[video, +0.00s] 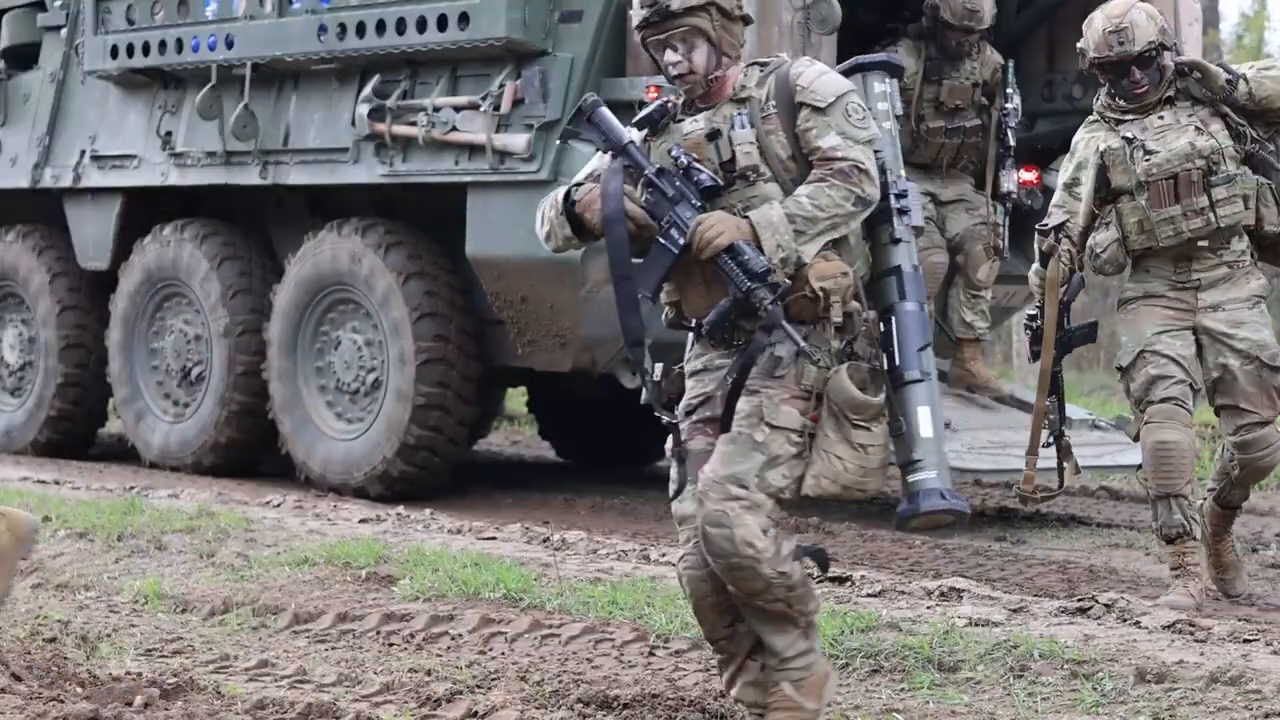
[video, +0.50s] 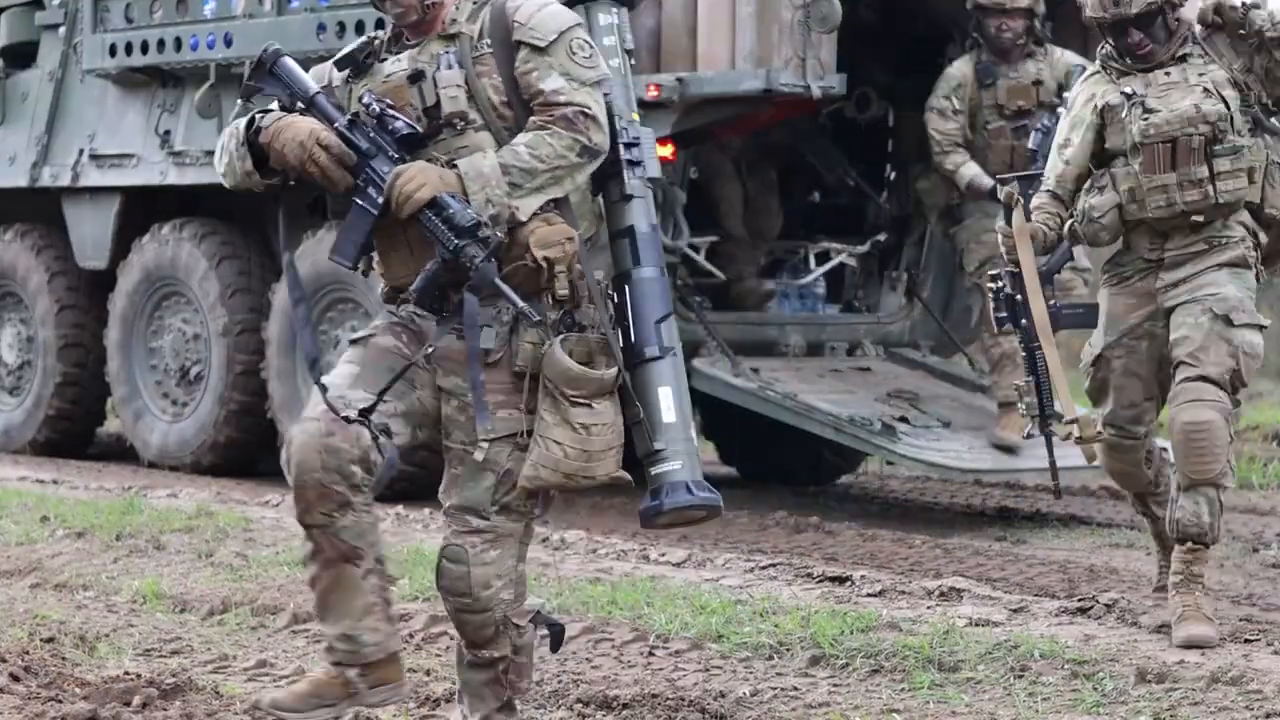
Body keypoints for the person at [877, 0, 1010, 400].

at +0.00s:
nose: (963, 42)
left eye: (972, 34)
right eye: (955, 31)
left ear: (983, 29)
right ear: (933, 20)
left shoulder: (990, 62)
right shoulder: (904, 58)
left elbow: (999, 124)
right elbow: (882, 119)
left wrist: (997, 185)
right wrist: (888, 178)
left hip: (962, 182)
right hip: (909, 178)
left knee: (981, 252)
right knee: (930, 260)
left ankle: (968, 361)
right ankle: (908, 358)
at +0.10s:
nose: (980, 33)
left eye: (989, 25)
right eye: (972, 23)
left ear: (1000, 24)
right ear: (951, 17)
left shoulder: (1011, 64)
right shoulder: (915, 59)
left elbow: (1033, 109)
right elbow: (872, 116)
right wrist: (876, 174)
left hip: (974, 178)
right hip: (916, 174)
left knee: (989, 271)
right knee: (940, 267)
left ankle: (990, 378)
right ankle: (914, 363)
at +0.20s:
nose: (995, 31)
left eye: (1004, 23)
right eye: (986, 20)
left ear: (1015, 23)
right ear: (962, 17)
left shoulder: (1025, 62)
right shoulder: (929, 63)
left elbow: (1058, 94)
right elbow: (891, 127)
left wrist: (1050, 119)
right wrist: (914, 182)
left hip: (999, 185)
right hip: (941, 181)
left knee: (1008, 279)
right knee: (963, 258)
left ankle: (994, 382)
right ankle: (942, 348)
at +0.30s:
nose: (995, 22)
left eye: (1005, 14)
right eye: (986, 13)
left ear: (1019, 18)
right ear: (968, 15)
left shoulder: (1038, 60)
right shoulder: (943, 63)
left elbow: (1081, 101)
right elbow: (912, 130)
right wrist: (945, 181)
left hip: (1011, 188)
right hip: (955, 185)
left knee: (1010, 281)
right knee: (976, 262)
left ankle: (996, 381)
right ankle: (984, 378)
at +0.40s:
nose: (999, 15)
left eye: (1009, 8)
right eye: (990, 8)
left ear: (1024, 11)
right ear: (973, 11)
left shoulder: (1049, 54)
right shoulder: (952, 62)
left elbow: (1096, 87)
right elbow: (930, 130)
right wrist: (965, 176)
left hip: (1037, 197)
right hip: (973, 197)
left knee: (1027, 296)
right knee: (988, 294)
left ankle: (995, 377)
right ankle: (1002, 393)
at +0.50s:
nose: (1006, 23)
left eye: (1016, 15)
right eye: (995, 14)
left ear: (1031, 20)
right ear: (979, 20)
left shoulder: (1061, 65)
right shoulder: (960, 75)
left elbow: (1103, 102)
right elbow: (943, 142)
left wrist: (1070, 166)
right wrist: (978, 180)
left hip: (1052, 200)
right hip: (986, 205)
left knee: (1067, 297)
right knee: (998, 300)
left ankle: (1056, 403)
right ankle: (1010, 407)